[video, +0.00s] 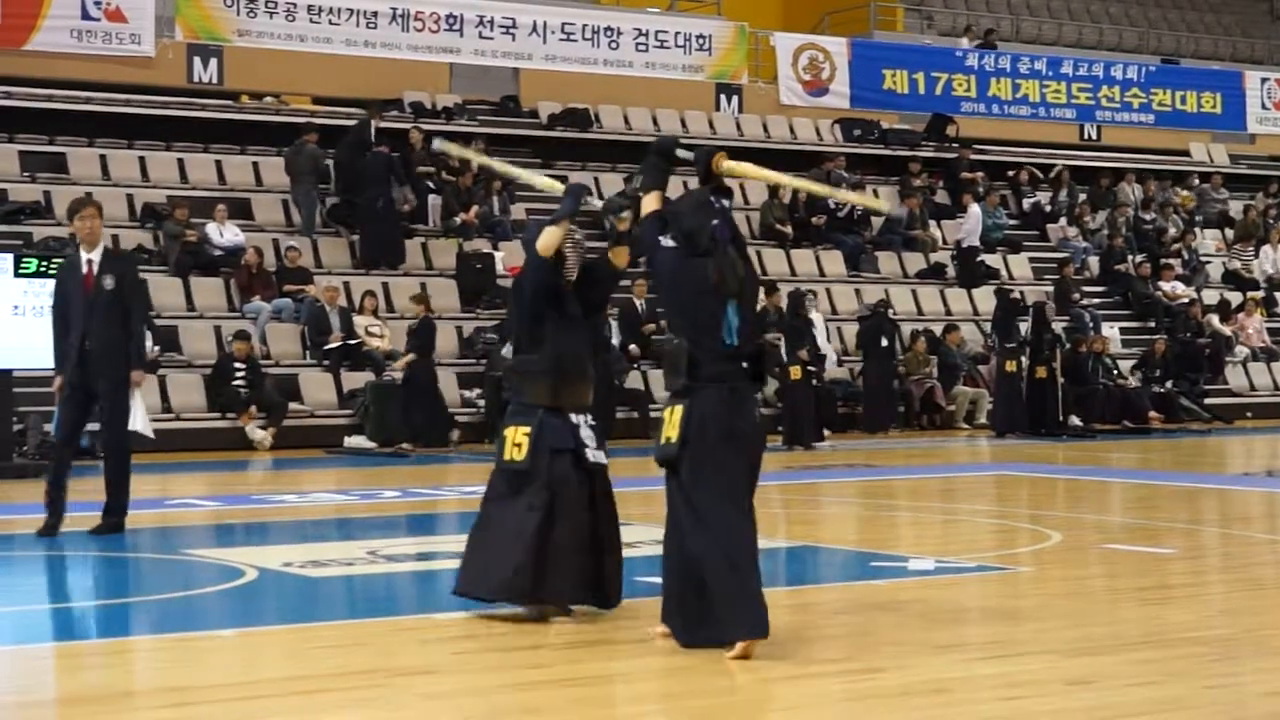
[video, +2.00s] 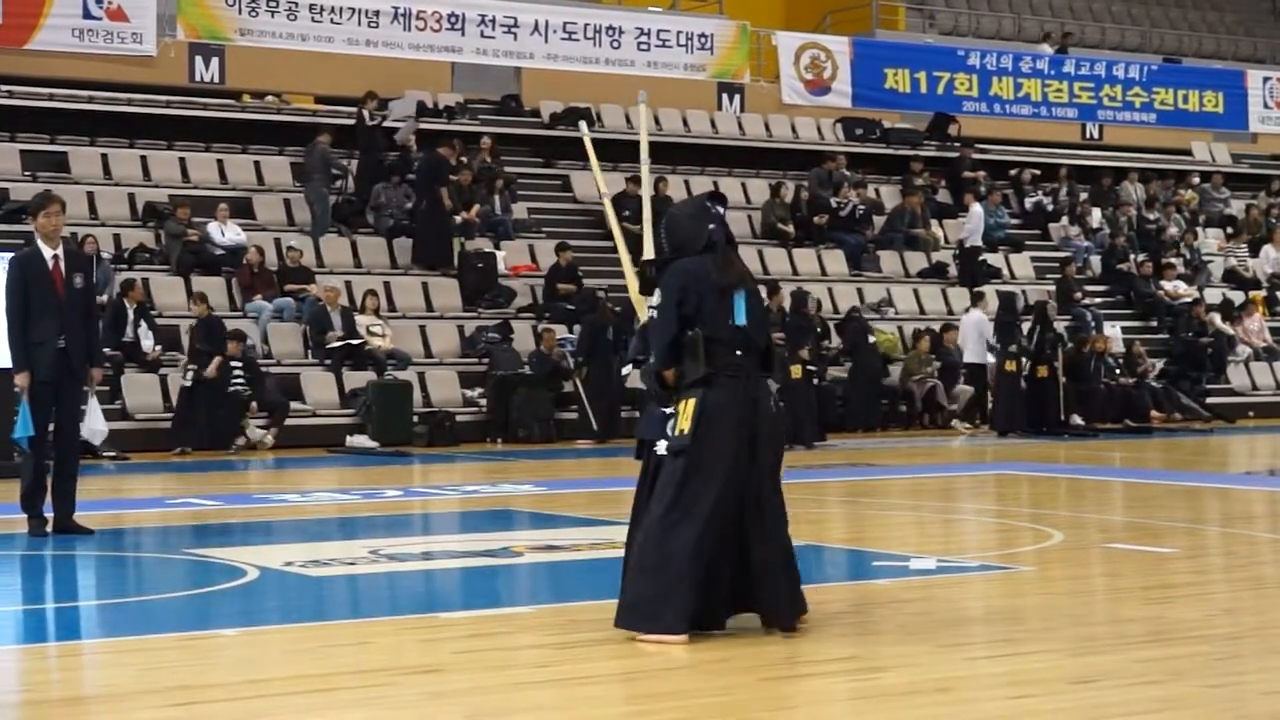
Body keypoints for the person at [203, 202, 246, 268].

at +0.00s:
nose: (222, 214)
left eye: (224, 211)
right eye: (219, 211)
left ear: (227, 213)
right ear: (214, 214)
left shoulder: (232, 226)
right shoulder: (210, 226)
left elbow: (242, 240)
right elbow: (217, 242)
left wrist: (225, 241)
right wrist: (237, 244)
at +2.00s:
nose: (224, 213)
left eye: (226, 210)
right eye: (221, 210)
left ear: (229, 213)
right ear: (216, 213)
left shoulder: (234, 226)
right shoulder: (211, 226)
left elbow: (244, 240)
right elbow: (218, 241)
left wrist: (227, 239)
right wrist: (238, 244)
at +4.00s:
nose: (229, 213)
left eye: (230, 210)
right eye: (226, 210)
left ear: (232, 212)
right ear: (220, 212)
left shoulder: (235, 226)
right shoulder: (214, 225)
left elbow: (246, 240)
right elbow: (221, 242)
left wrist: (229, 239)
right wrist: (241, 244)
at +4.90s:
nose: (227, 214)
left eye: (229, 211)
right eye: (224, 211)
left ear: (232, 212)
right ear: (217, 213)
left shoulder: (235, 226)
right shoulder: (214, 225)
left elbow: (247, 240)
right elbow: (220, 241)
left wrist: (230, 239)